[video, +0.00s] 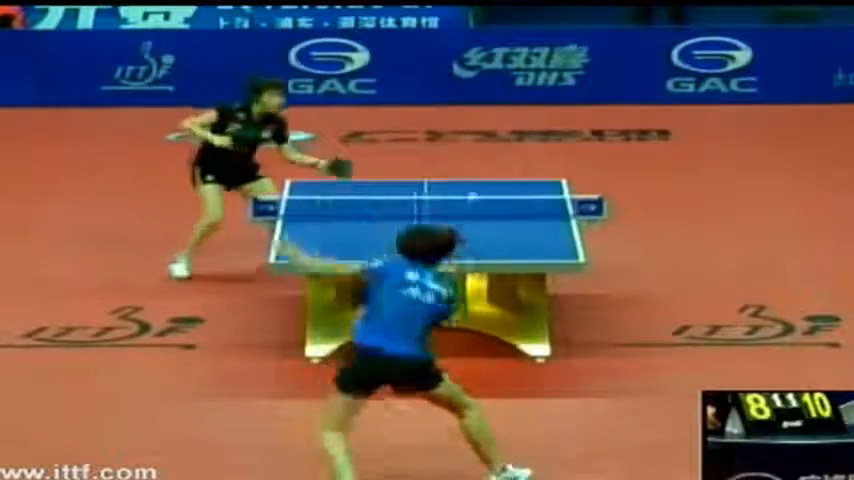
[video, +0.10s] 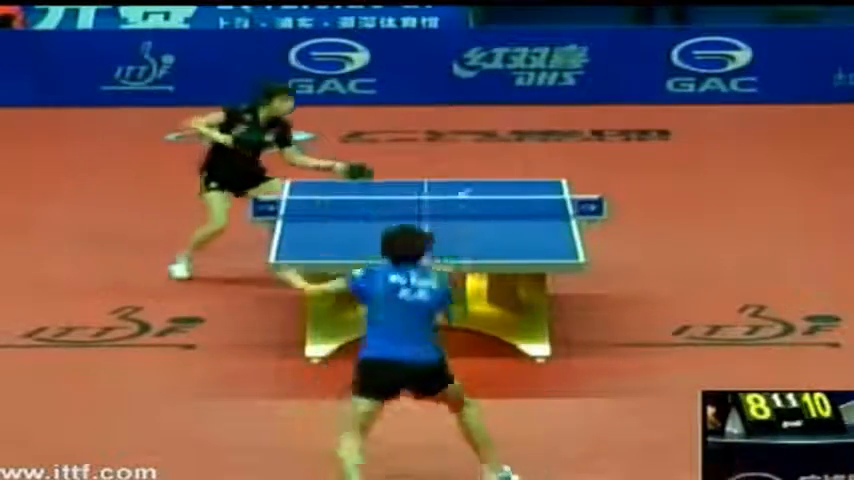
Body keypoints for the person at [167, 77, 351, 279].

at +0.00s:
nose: (278, 101)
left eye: (281, 97)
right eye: (273, 96)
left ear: (281, 100)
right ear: (259, 97)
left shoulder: (276, 124)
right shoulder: (231, 113)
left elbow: (288, 154)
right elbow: (189, 124)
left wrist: (318, 163)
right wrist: (213, 138)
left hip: (243, 167)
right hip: (212, 165)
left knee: (275, 207)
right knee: (213, 219)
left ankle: (282, 254)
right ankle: (184, 257)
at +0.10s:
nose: (290, 105)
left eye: (290, 100)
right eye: (285, 100)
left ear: (284, 104)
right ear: (270, 101)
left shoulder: (280, 127)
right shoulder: (238, 116)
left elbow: (293, 158)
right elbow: (197, 124)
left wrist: (330, 165)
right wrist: (219, 137)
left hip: (250, 174)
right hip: (218, 174)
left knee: (292, 201)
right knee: (219, 223)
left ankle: (284, 262)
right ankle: (185, 258)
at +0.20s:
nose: (305, 110)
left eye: (306, 105)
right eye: (302, 104)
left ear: (298, 107)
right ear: (288, 103)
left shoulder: (292, 130)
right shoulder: (253, 116)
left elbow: (309, 159)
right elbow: (208, 119)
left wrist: (350, 166)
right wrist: (229, 132)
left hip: (259, 175)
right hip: (227, 174)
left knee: (293, 209)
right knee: (224, 224)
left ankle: (293, 259)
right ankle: (186, 259)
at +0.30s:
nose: (339, 115)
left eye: (341, 110)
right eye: (337, 109)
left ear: (331, 111)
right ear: (321, 106)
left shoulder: (324, 134)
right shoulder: (287, 115)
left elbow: (342, 161)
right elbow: (260, 114)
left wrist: (381, 164)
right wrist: (241, 113)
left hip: (281, 179)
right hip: (249, 174)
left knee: (299, 219)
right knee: (234, 219)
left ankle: (303, 264)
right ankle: (188, 259)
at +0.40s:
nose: (363, 119)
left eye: (365, 115)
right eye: (362, 113)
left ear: (354, 113)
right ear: (347, 107)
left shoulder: (347, 134)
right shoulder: (308, 115)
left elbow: (362, 163)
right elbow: (276, 111)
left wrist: (398, 164)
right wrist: (251, 109)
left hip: (308, 180)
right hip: (271, 176)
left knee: (333, 216)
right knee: (238, 222)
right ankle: (194, 260)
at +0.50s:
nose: (383, 124)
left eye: (385, 120)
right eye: (382, 118)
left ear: (376, 118)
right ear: (368, 112)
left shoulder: (372, 137)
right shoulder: (327, 113)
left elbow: (386, 164)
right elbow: (284, 105)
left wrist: (414, 167)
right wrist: (249, 100)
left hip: (333, 175)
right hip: (297, 170)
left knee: (354, 212)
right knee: (264, 208)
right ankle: (243, 256)